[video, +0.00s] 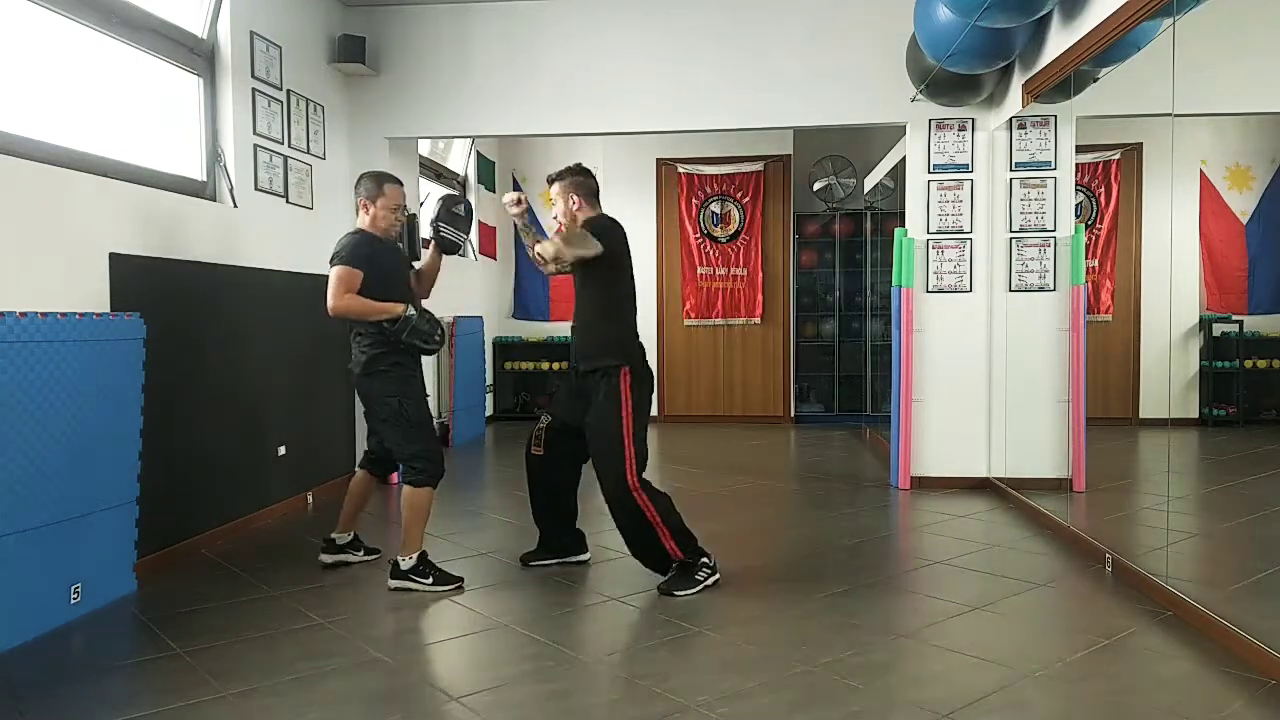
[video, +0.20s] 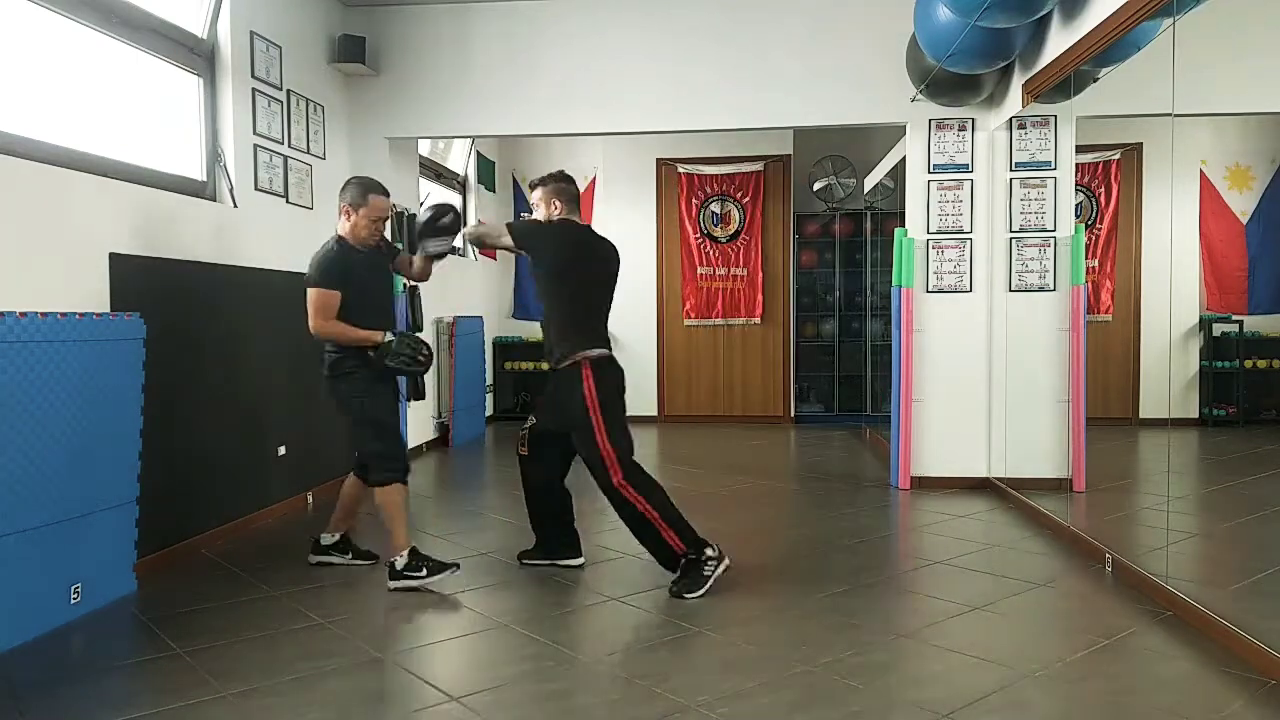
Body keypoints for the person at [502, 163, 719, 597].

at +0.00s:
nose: (553, 212)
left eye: (556, 203)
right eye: (553, 204)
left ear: (575, 200)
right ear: (581, 201)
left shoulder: (605, 229)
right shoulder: (584, 240)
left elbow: (558, 252)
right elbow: (546, 258)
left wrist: (553, 239)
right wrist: (523, 219)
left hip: (619, 373)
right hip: (587, 375)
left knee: (623, 482)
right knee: (545, 454)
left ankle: (693, 562)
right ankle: (562, 544)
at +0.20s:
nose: (533, 215)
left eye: (536, 208)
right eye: (533, 209)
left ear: (554, 205)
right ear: (574, 206)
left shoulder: (550, 235)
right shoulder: (604, 247)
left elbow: (483, 232)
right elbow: (543, 250)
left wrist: (464, 236)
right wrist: (506, 240)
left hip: (587, 374)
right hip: (574, 377)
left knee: (616, 473)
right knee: (538, 457)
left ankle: (696, 556)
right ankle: (558, 546)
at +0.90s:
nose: (400, 220)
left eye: (403, 211)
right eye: (399, 212)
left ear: (421, 211)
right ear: (443, 211)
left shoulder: (429, 259)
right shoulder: (476, 250)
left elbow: (347, 273)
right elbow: (439, 277)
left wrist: (355, 216)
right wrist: (410, 249)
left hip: (429, 384)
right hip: (468, 383)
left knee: (357, 462)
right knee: (476, 469)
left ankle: (334, 568)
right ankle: (538, 545)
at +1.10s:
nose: (307, 224)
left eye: (310, 216)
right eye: (307, 216)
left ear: (332, 219)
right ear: (344, 215)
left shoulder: (384, 261)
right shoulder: (349, 249)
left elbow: (345, 317)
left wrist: (323, 258)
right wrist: (291, 268)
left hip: (401, 378)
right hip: (429, 374)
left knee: (336, 467)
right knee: (453, 467)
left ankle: (312, 569)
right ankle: (520, 544)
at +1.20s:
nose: (299, 217)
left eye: (299, 209)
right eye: (297, 210)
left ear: (316, 208)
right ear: (341, 201)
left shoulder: (362, 254)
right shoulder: (366, 240)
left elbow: (310, 305)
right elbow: (315, 301)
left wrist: (293, 250)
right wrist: (292, 252)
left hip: (385, 377)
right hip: (419, 370)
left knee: (324, 469)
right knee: (436, 465)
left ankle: (311, 568)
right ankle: (504, 540)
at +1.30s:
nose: (306, 204)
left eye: (307, 195)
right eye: (305, 196)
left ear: (323, 194)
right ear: (346, 189)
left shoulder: (356, 242)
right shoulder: (378, 220)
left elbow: (290, 290)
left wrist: (284, 236)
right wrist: (304, 223)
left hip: (380, 371)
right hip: (418, 363)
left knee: (321, 465)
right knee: (428, 459)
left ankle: (311, 567)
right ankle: (496, 533)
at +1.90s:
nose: (469, 172)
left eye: (469, 163)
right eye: (470, 164)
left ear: (482, 161)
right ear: (511, 160)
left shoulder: (484, 208)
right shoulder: (549, 209)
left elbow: (434, 265)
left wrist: (428, 240)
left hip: (504, 343)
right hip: (540, 342)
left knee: (471, 445)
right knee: (499, 445)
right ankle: (484, 547)